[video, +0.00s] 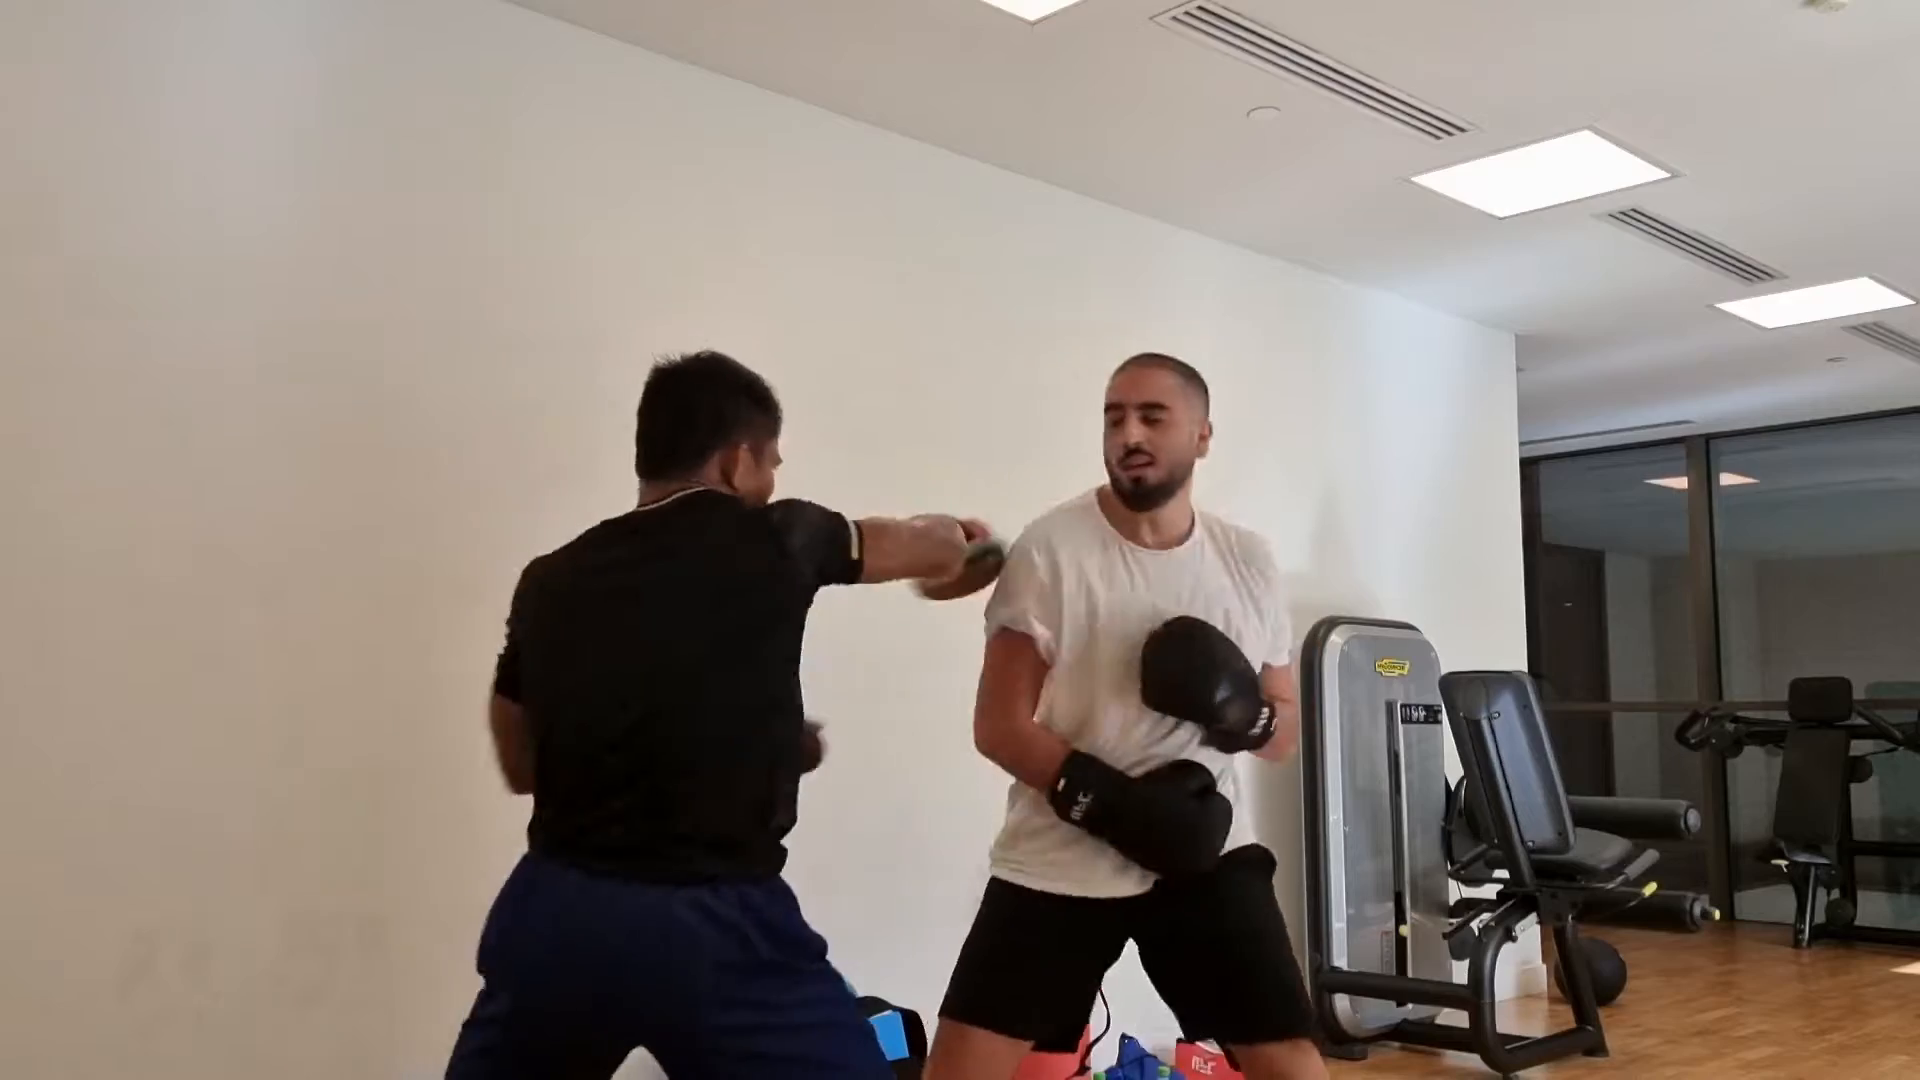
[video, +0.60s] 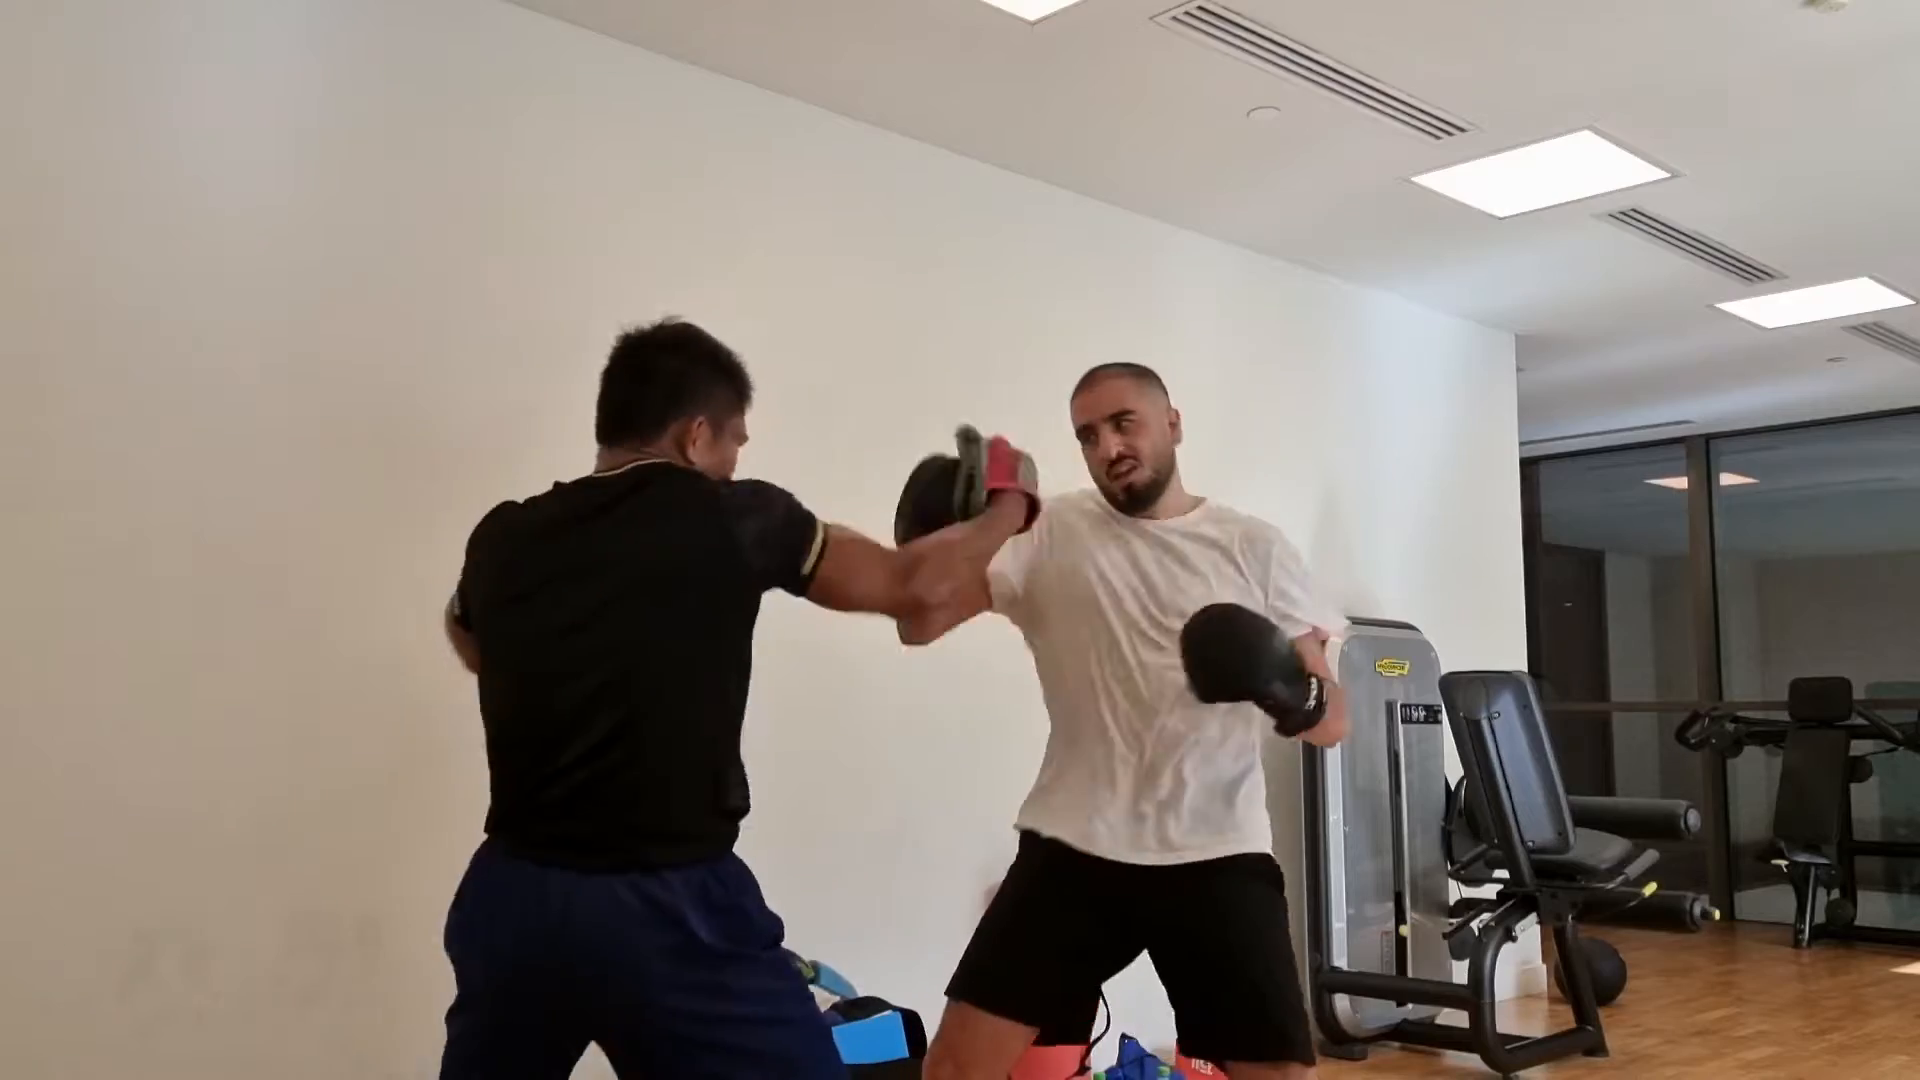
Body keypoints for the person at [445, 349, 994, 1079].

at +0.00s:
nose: (773, 487)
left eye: (777, 468)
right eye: (772, 466)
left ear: (647, 460)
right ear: (736, 460)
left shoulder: (550, 577)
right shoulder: (774, 535)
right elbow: (933, 547)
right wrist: (965, 549)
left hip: (554, 933)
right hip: (725, 939)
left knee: (489, 1066)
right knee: (849, 1063)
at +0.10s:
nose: (803, 467)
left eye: (807, 448)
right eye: (803, 447)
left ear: (681, 440)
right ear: (761, 440)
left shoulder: (614, 546)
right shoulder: (759, 525)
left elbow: (718, 655)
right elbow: (893, 654)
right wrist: (912, 560)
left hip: (576, 905)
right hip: (718, 917)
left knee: (550, 1062)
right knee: (854, 1060)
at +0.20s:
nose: (812, 474)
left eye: (815, 453)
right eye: (809, 452)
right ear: (762, 450)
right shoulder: (677, 557)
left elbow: (860, 593)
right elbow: (747, 715)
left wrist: (986, 554)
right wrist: (849, 592)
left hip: (598, 917)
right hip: (680, 924)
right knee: (825, 1063)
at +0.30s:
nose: (781, 488)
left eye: (785, 464)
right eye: (780, 463)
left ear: (731, 459)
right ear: (735, 458)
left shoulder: (712, 573)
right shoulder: (649, 571)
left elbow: (849, 588)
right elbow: (719, 739)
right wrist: (845, 644)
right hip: (669, 936)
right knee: (821, 1064)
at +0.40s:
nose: (749, 470)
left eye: (753, 447)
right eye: (747, 446)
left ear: (626, 443)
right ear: (702, 445)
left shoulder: (565, 547)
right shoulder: (677, 536)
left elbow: (644, 675)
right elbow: (776, 659)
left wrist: (779, 622)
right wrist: (939, 601)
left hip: (536, 914)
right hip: (669, 919)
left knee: (512, 1069)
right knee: (811, 1064)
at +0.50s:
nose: (723, 461)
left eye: (726, 441)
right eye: (722, 440)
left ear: (595, 435)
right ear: (676, 436)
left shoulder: (497, 542)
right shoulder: (710, 503)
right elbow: (898, 557)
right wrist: (1065, 517)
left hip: (511, 911)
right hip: (675, 904)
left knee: (479, 1067)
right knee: (819, 1062)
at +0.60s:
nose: (736, 469)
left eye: (742, 451)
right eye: (736, 448)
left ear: (610, 432)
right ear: (694, 434)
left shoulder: (502, 535)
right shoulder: (732, 515)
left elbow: (469, 646)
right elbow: (913, 582)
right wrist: (1012, 507)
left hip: (512, 915)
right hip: (681, 924)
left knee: (479, 1068)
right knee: (798, 1067)